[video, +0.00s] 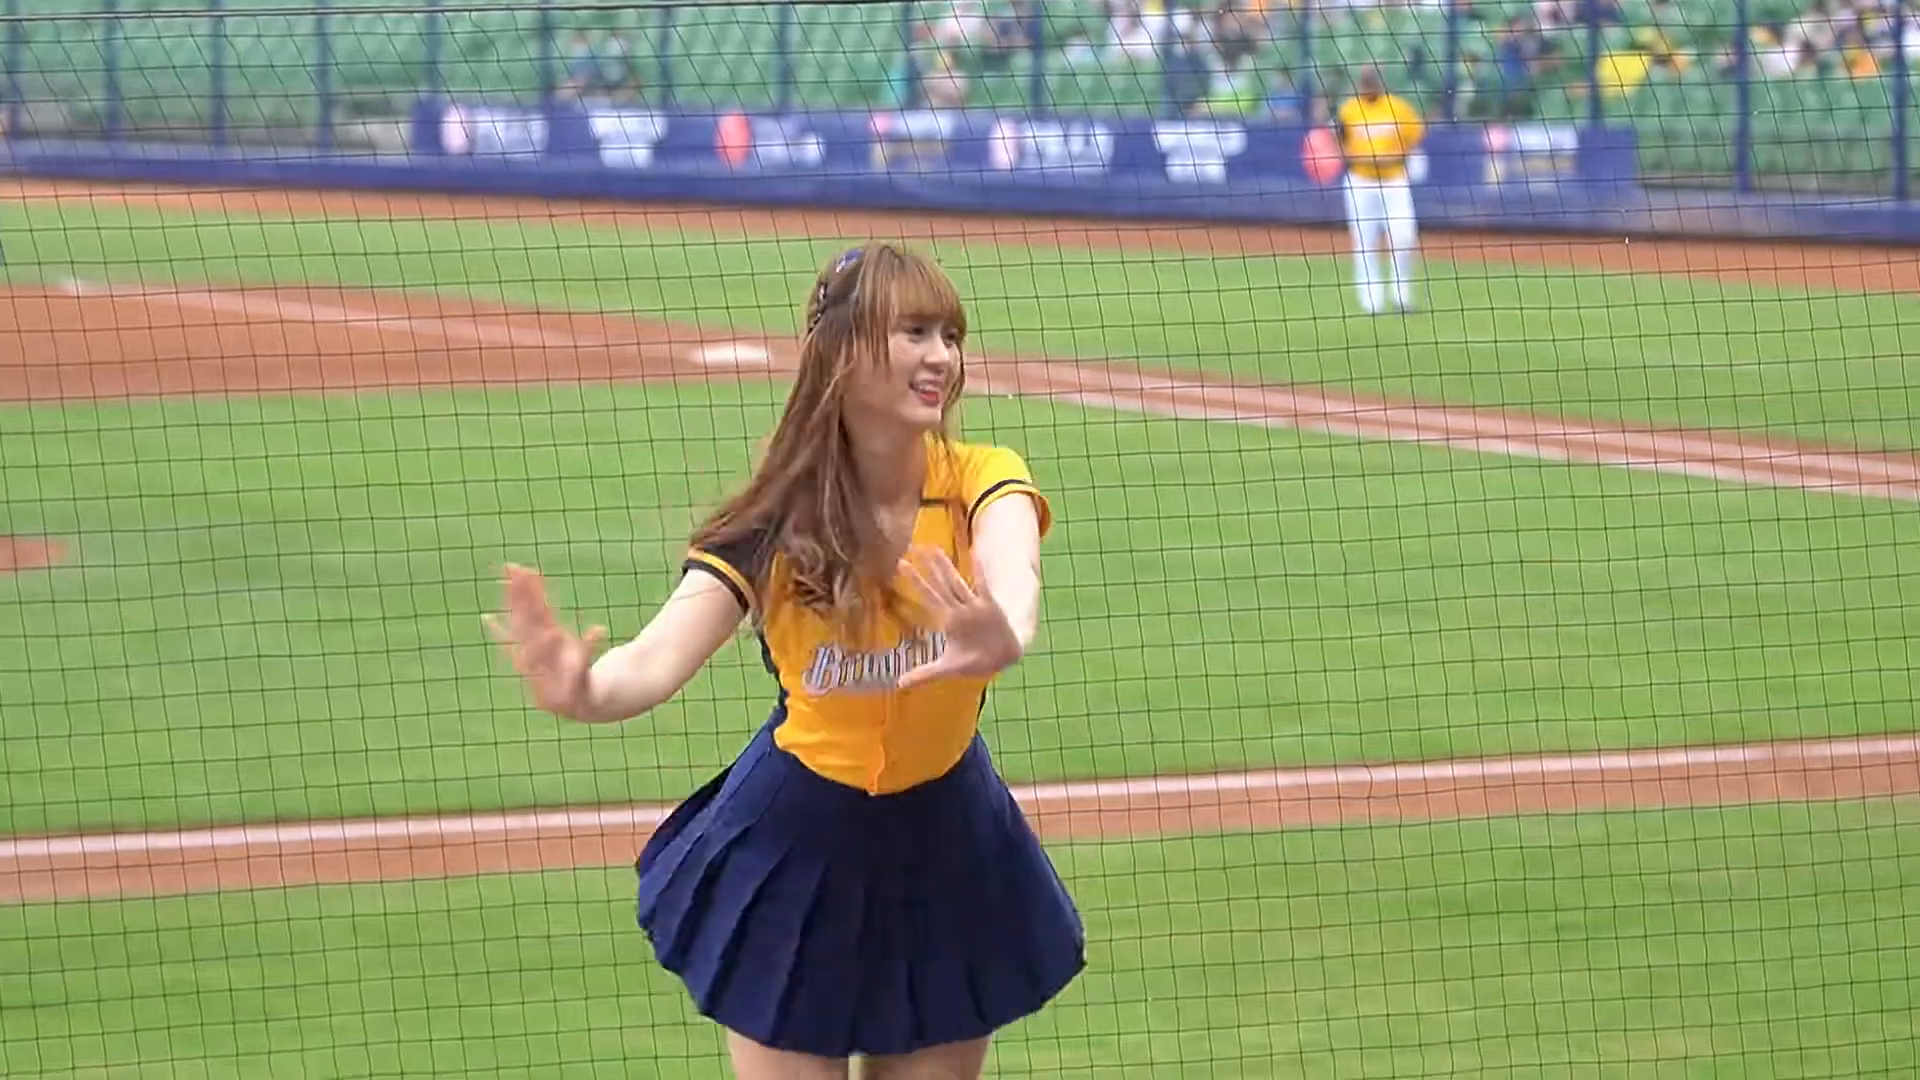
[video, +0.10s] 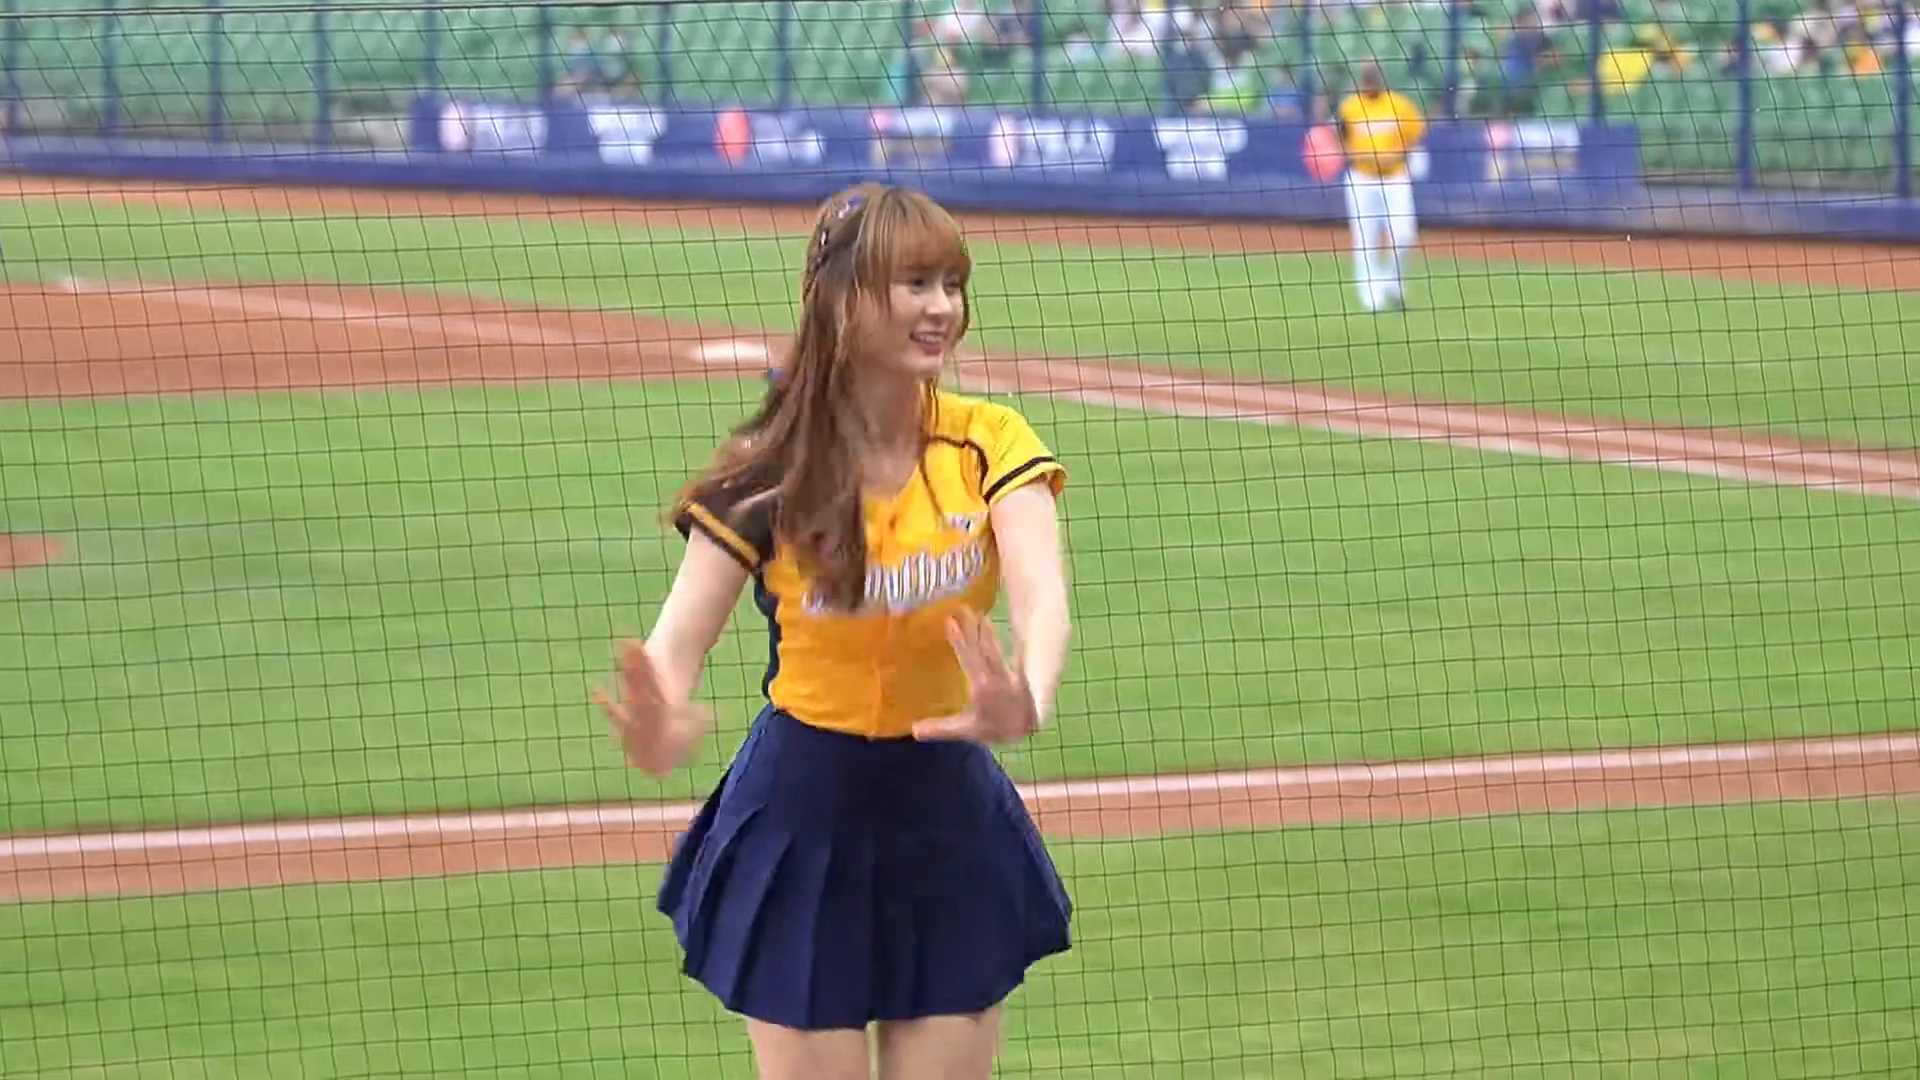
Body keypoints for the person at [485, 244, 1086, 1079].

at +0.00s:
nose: (939, 356)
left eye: (949, 336)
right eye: (913, 333)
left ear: (962, 355)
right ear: (843, 353)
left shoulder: (986, 479)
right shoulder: (776, 519)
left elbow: (1014, 587)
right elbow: (655, 657)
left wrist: (993, 641)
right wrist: (587, 690)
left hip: (942, 831)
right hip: (804, 831)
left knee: (939, 1059)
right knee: (786, 1060)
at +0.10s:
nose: (941, 307)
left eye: (952, 284)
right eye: (912, 284)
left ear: (965, 299)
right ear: (840, 301)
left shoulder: (991, 438)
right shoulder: (769, 467)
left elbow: (1038, 589)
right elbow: (677, 642)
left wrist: (1025, 704)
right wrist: (663, 732)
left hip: (948, 801)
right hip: (804, 804)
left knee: (944, 1062)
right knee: (810, 1062)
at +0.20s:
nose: (941, 330)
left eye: (951, 304)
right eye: (913, 306)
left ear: (965, 313)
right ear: (838, 318)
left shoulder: (987, 463)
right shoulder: (762, 485)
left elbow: (1025, 657)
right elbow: (699, 695)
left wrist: (1045, 788)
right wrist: (747, 810)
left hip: (956, 814)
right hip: (814, 818)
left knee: (973, 1057)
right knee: (837, 1057)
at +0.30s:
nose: (943, 374)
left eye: (953, 349)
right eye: (914, 352)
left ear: (967, 356)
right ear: (844, 369)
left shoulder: (970, 516)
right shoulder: (778, 531)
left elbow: (1015, 708)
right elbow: (768, 752)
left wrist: (1077, 856)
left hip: (948, 840)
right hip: (823, 840)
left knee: (986, 1054)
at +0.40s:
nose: (981, 319)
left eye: (988, 294)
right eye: (950, 298)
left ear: (1002, 301)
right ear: (880, 317)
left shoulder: (982, 470)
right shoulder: (826, 475)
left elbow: (1061, 655)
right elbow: (878, 685)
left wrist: (1196, 780)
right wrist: (1052, 781)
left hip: (911, 813)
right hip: (797, 817)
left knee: (949, 1057)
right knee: (834, 1064)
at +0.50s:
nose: (1024, 299)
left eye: (1033, 275)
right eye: (992, 280)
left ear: (1044, 281)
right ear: (925, 298)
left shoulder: (996, 436)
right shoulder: (904, 438)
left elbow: (1148, 589)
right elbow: (1011, 624)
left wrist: (1335, 674)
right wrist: (1216, 677)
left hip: (874, 802)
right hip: (768, 800)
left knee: (876, 1064)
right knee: (784, 1069)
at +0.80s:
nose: (1015, 309)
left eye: (1029, 284)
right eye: (987, 286)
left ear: (1045, 285)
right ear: (916, 287)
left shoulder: (992, 433)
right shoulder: (863, 433)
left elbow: (1101, 604)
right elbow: (913, 638)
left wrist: (1244, 716)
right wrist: (1095, 731)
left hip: (904, 799)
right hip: (794, 797)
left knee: (934, 1060)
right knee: (808, 1066)